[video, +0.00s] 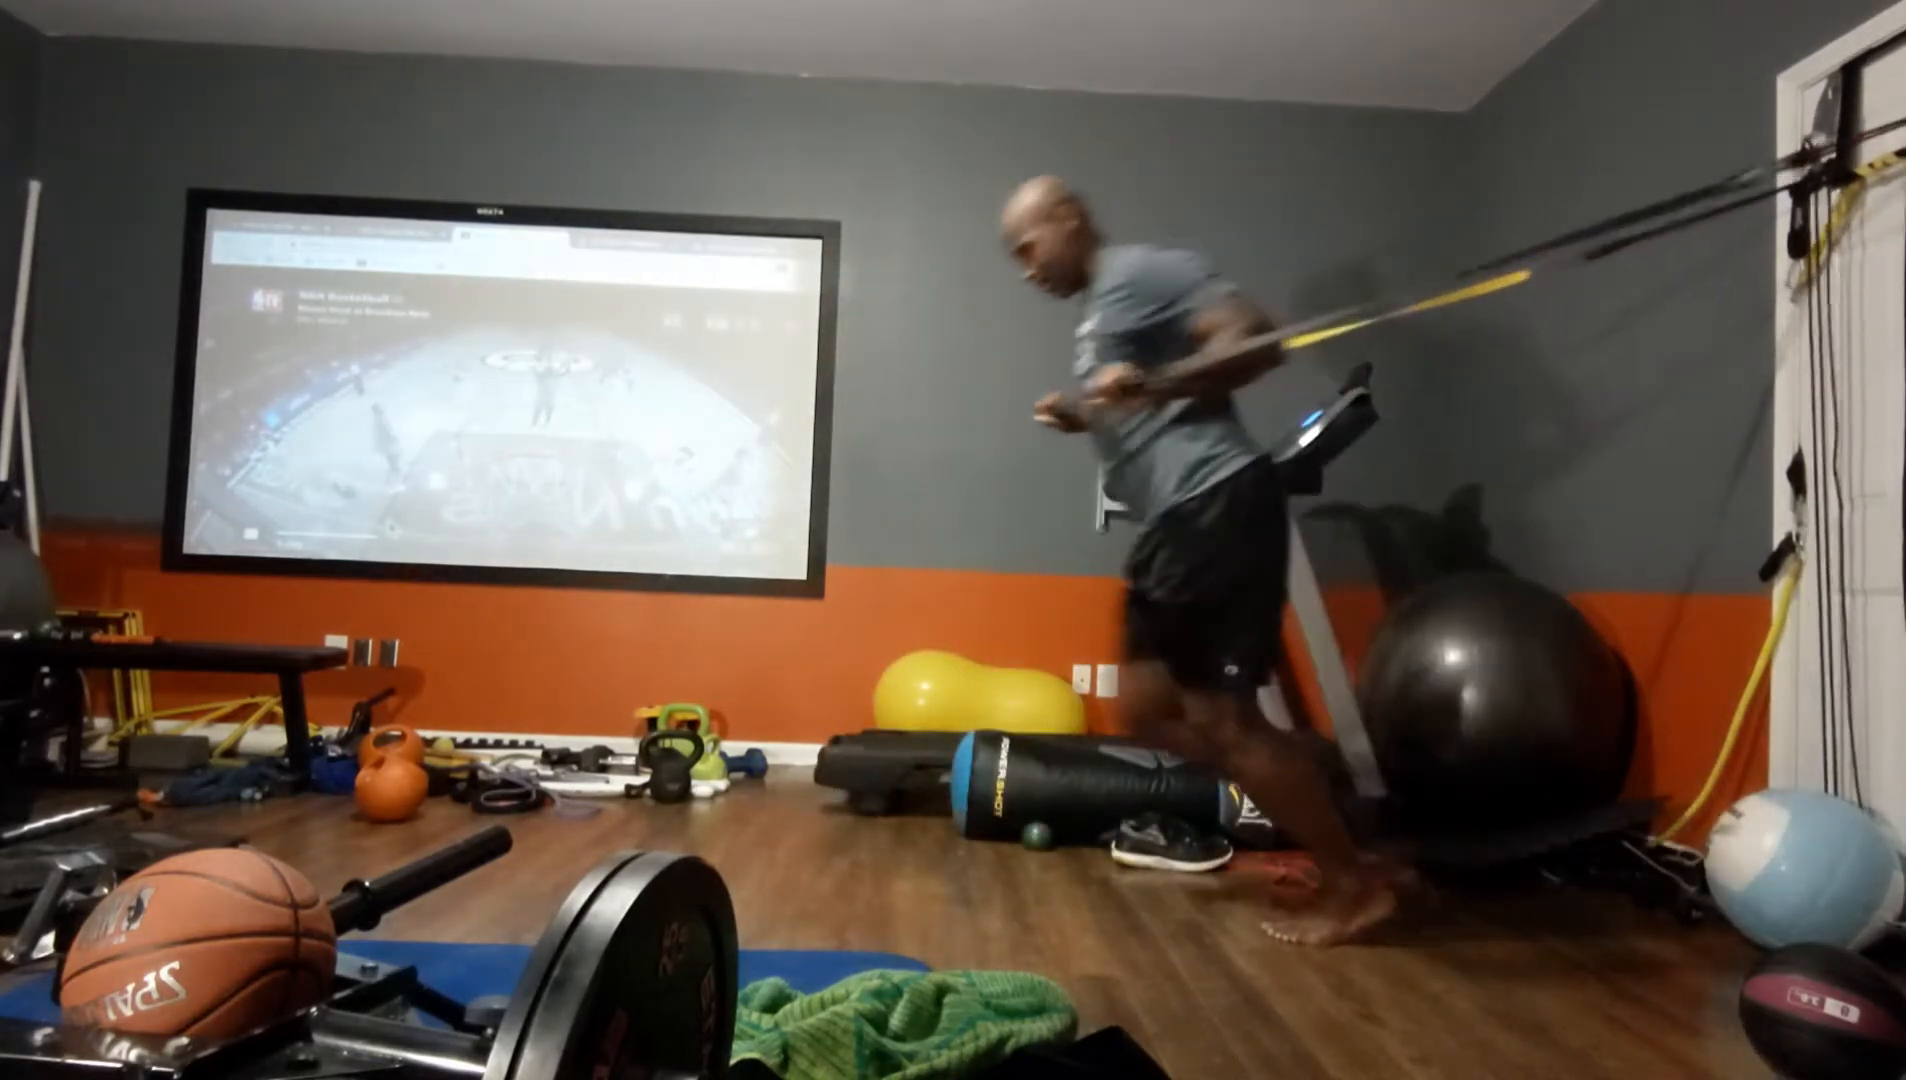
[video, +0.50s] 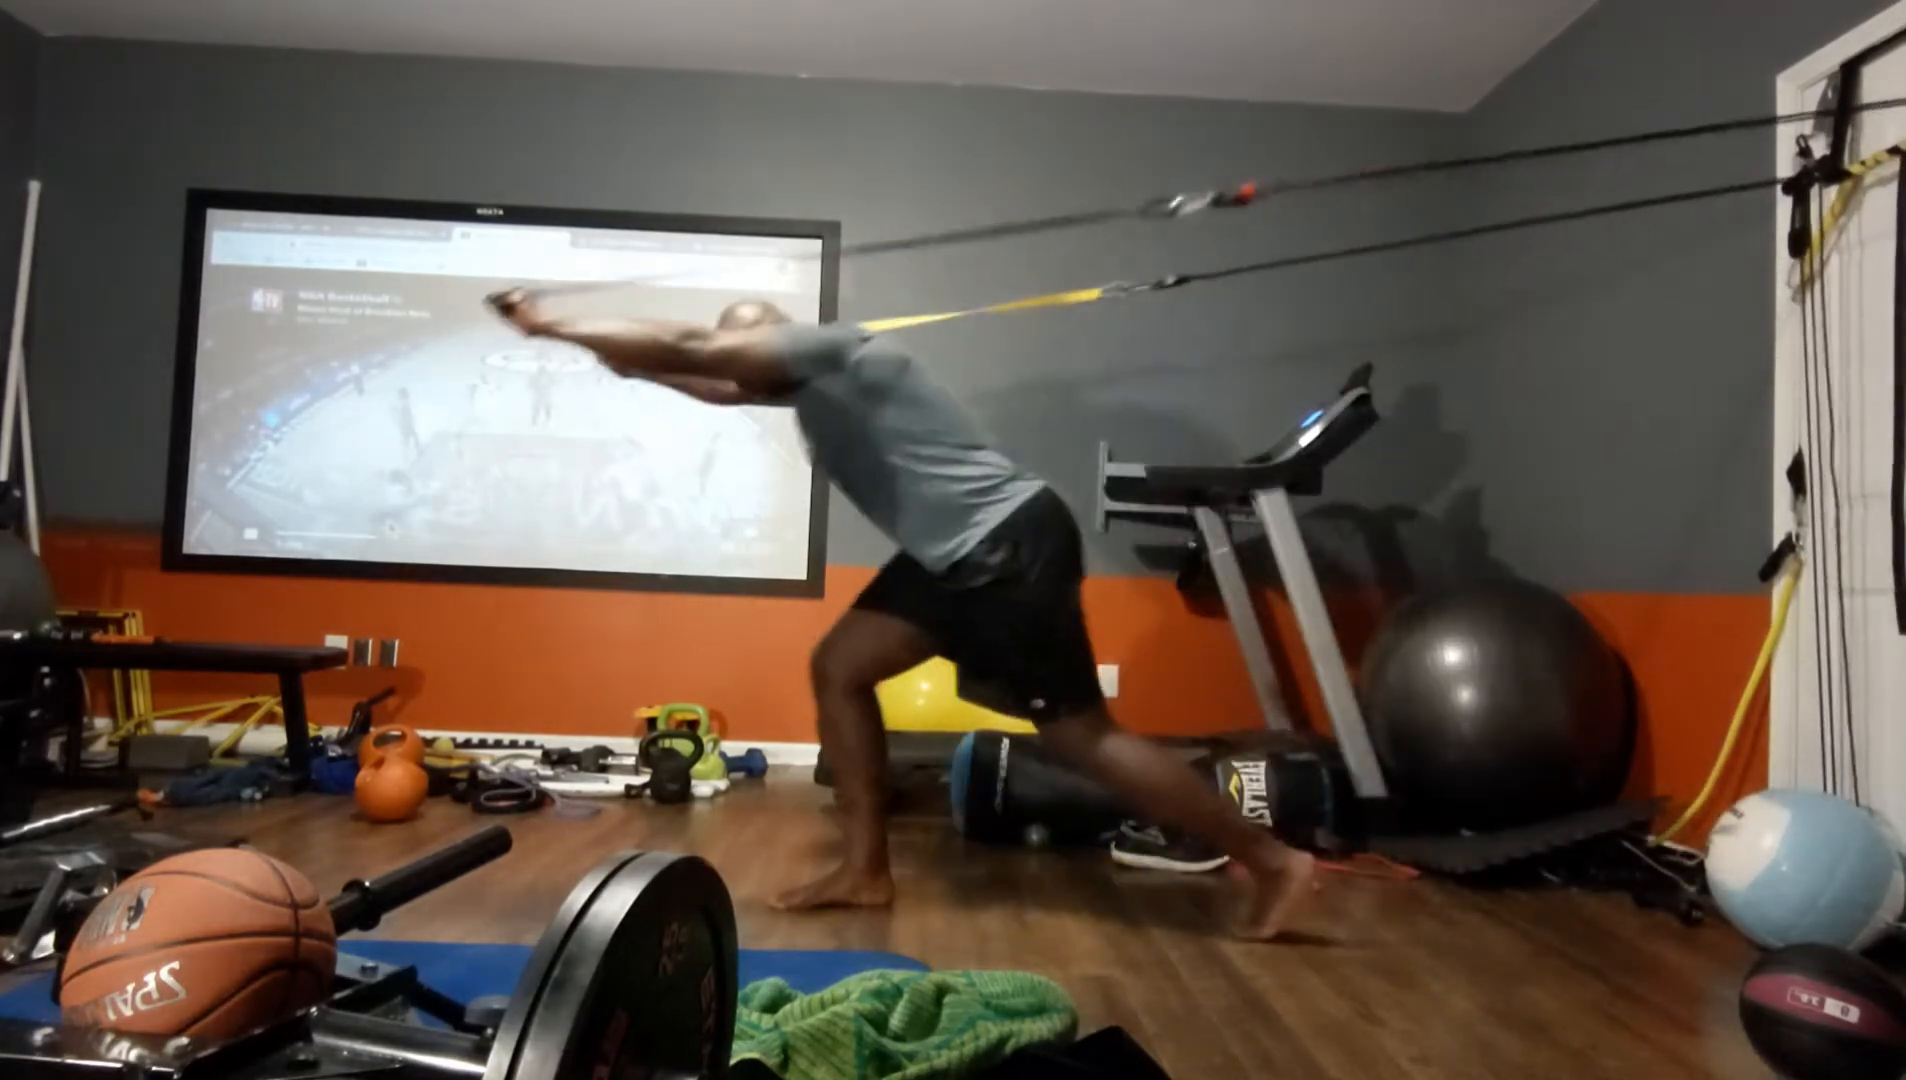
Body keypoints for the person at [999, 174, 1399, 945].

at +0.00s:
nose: (1025, 265)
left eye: (1028, 243)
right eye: (1015, 254)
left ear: (1074, 219)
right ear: (1032, 251)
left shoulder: (1139, 269)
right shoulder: (1095, 312)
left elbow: (1255, 343)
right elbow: (1143, 413)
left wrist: (1153, 384)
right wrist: (1080, 415)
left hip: (1220, 504)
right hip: (1172, 520)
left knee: (1222, 721)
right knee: (1151, 712)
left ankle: (1354, 885)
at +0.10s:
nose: (978, 282)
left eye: (981, 259)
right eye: (966, 272)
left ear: (1024, 234)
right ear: (975, 274)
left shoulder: (1086, 281)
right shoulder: (1050, 326)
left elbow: (1151, 358)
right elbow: (1108, 403)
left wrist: (1037, 380)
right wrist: (1033, 416)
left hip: (1189, 514)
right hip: (1134, 529)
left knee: (1212, 725)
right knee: (1046, 671)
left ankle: (1353, 883)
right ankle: (1183, 827)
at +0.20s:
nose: (921, 287)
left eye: (928, 265)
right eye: (910, 278)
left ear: (964, 251)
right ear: (917, 281)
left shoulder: (1027, 285)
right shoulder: (977, 340)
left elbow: (974, 337)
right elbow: (963, 405)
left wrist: (856, 348)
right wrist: (871, 388)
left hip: (1149, 511)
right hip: (1081, 530)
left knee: (1205, 725)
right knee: (971, 649)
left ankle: (1349, 877)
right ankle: (1001, 850)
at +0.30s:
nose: (836, 311)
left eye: (841, 298)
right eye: (835, 303)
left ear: (875, 283)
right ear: (874, 297)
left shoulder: (945, 308)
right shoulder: (919, 352)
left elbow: (814, 321)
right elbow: (835, 375)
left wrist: (687, 320)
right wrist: (734, 359)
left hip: (1095, 525)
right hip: (1034, 542)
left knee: (1180, 732)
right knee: (923, 672)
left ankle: (1343, 871)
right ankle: (879, 867)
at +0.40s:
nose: (763, 339)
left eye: (764, 323)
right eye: (760, 328)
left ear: (792, 305)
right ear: (803, 306)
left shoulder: (865, 330)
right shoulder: (851, 369)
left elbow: (734, 331)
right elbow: (756, 373)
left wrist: (599, 307)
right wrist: (663, 352)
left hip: (1044, 537)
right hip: (976, 551)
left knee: (1120, 738)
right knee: (869, 667)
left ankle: (1316, 857)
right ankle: (865, 873)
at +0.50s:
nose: (723, 375)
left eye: (725, 353)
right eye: (716, 360)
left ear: (761, 329)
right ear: (760, 339)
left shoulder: (835, 350)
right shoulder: (822, 382)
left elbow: (698, 352)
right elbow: (702, 381)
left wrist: (564, 327)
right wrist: (588, 345)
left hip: (1013, 544)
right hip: (943, 559)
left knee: (1084, 742)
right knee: (838, 667)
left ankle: (1273, 861)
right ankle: (860, 871)